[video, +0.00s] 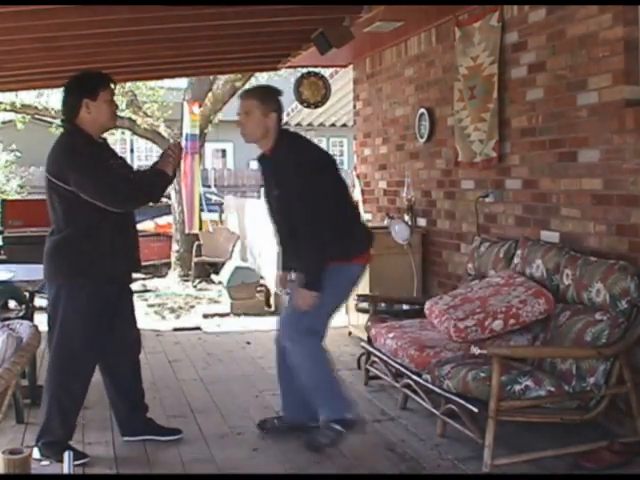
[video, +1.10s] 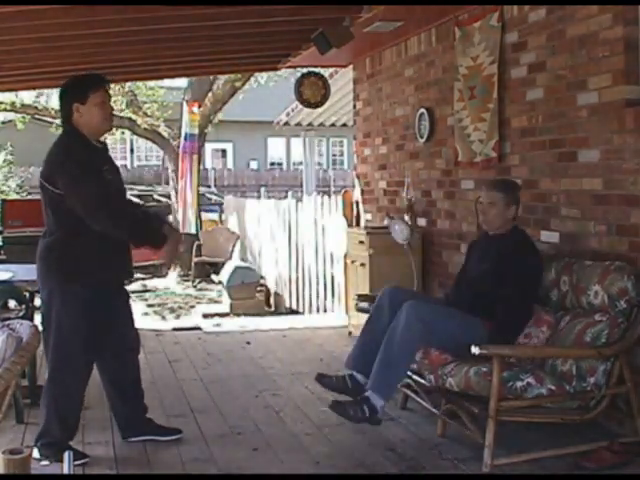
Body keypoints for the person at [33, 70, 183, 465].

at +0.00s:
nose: (117, 107)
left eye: (115, 99)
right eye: (110, 100)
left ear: (91, 106)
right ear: (86, 106)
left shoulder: (98, 148)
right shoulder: (70, 151)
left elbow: (135, 189)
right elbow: (120, 196)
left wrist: (163, 169)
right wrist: (161, 171)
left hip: (108, 273)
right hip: (77, 275)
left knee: (122, 351)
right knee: (70, 361)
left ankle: (134, 423)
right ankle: (51, 444)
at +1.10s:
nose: (112, 110)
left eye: (110, 102)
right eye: (103, 103)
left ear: (86, 110)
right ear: (76, 110)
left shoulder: (97, 153)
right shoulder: (67, 156)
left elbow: (118, 207)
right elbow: (102, 215)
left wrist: (160, 223)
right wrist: (159, 232)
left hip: (103, 274)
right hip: (70, 277)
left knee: (120, 351)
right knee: (69, 361)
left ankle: (134, 424)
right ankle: (51, 444)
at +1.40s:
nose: (104, 113)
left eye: (102, 105)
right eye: (96, 105)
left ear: (76, 111)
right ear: (71, 111)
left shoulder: (90, 155)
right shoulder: (57, 159)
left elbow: (104, 213)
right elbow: (77, 227)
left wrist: (131, 241)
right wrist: (115, 273)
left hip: (100, 273)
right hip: (69, 279)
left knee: (121, 351)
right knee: (72, 365)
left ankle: (134, 423)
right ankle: (52, 445)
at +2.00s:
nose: (102, 126)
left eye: (103, 118)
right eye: (98, 117)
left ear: (75, 116)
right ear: (74, 115)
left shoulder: (78, 157)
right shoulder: (52, 160)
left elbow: (94, 203)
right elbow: (65, 223)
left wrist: (131, 202)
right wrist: (122, 216)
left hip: (95, 279)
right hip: (65, 284)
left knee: (121, 348)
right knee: (79, 364)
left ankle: (135, 424)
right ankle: (52, 445)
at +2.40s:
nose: (107, 120)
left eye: (107, 112)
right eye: (102, 111)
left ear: (80, 112)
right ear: (78, 111)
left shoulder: (88, 156)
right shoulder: (59, 157)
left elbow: (99, 216)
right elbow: (65, 220)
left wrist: (134, 201)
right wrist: (122, 202)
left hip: (99, 278)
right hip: (68, 283)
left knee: (120, 352)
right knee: (76, 364)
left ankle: (134, 424)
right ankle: (51, 446)